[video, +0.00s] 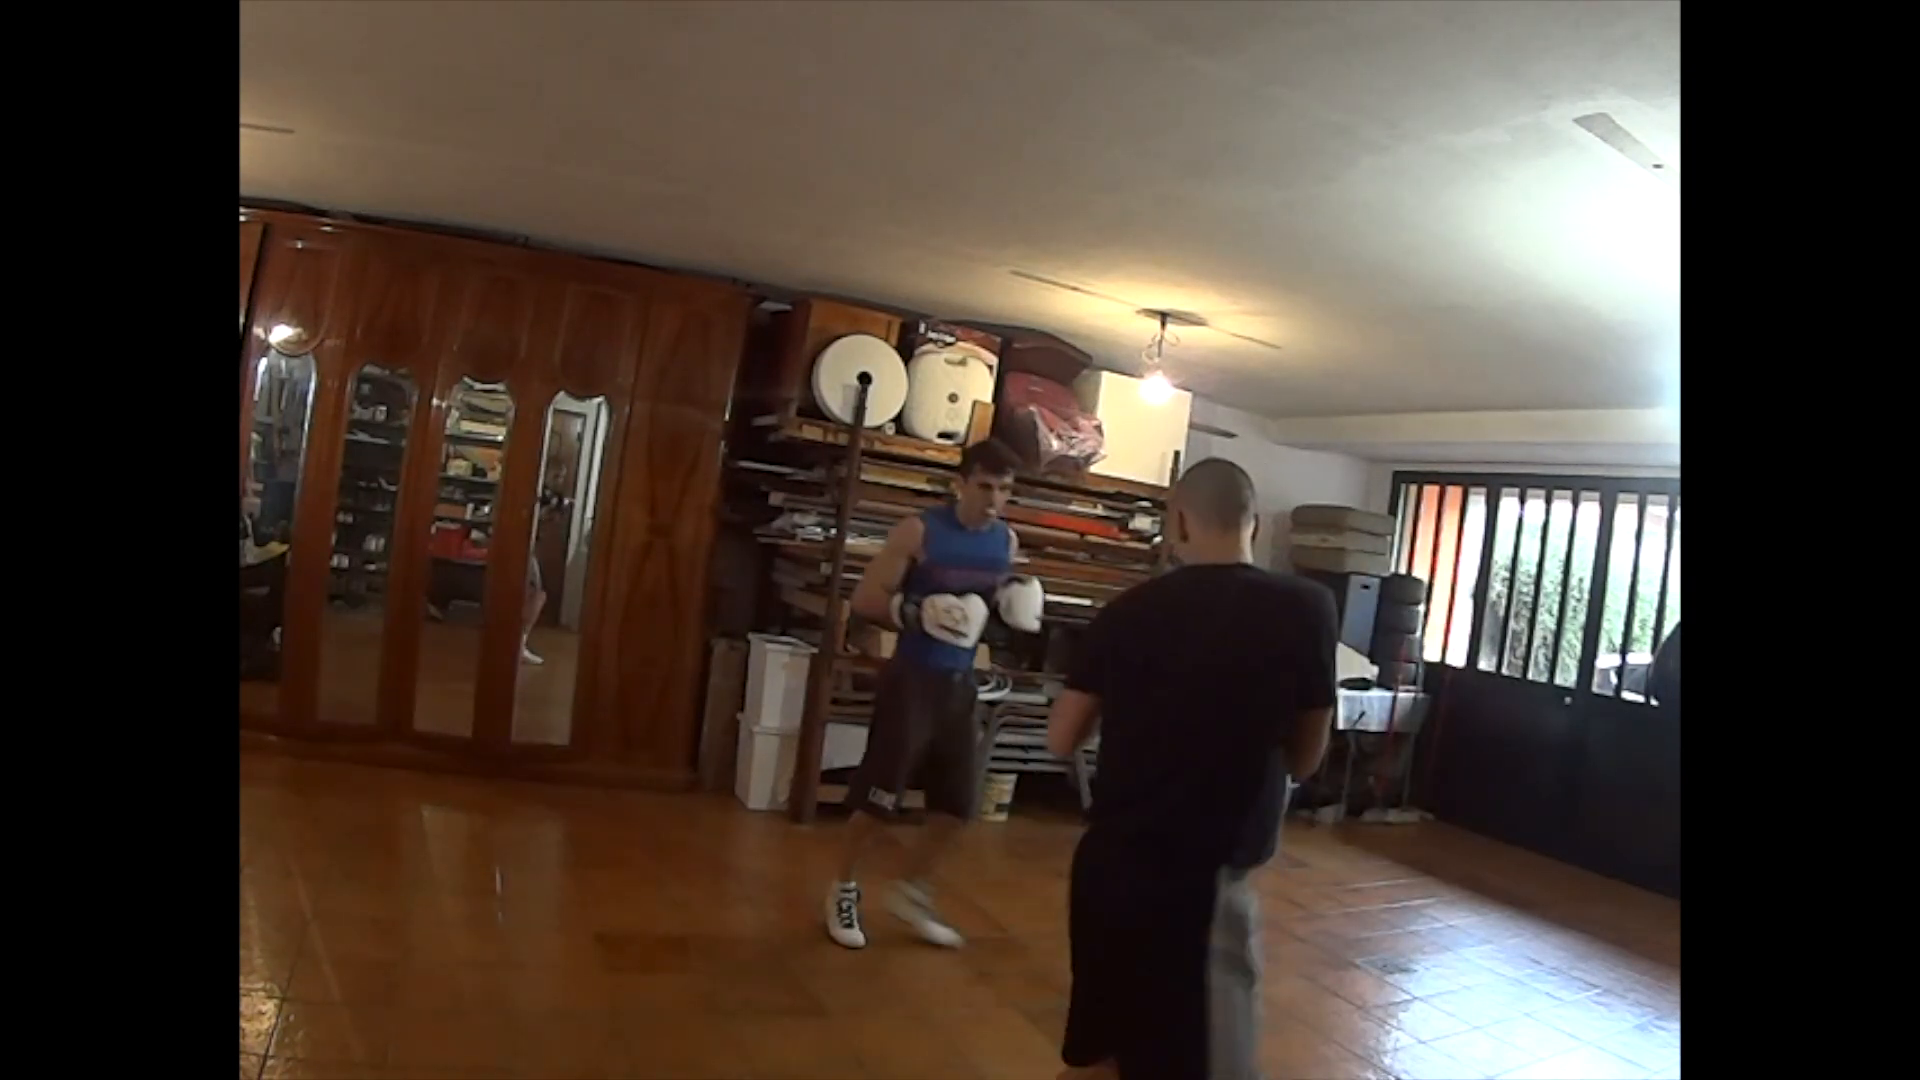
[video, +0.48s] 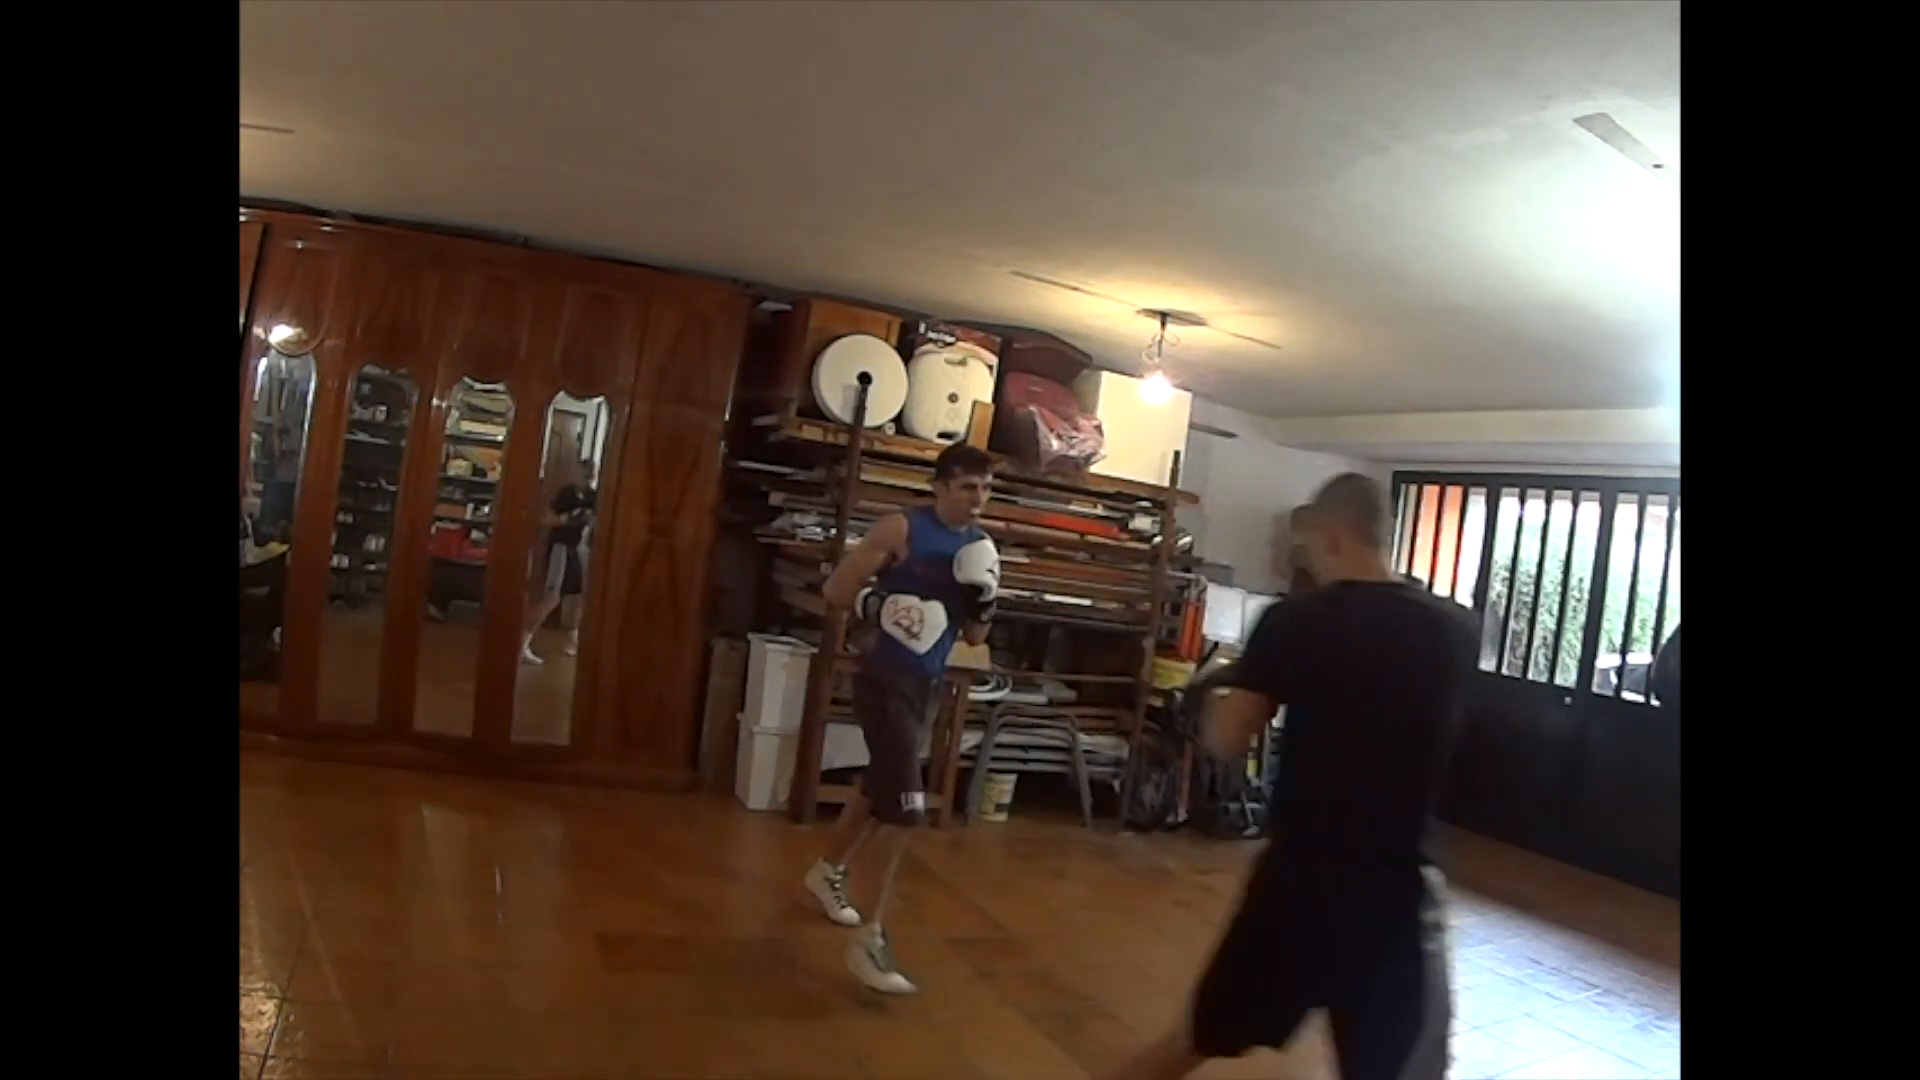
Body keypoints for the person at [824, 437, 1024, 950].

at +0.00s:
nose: (995, 498)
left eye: (1004, 489)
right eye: (986, 486)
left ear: (1010, 492)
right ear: (961, 483)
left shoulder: (1004, 539)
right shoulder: (919, 529)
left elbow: (995, 599)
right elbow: (865, 601)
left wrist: (1017, 601)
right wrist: (917, 613)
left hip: (961, 684)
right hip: (911, 678)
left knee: (957, 806)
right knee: (879, 797)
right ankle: (844, 889)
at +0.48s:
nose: (976, 498)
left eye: (983, 490)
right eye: (967, 487)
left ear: (986, 494)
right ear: (940, 486)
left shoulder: (975, 545)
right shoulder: (899, 529)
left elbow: (974, 635)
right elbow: (837, 592)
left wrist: (983, 598)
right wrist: (877, 604)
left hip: (926, 684)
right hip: (884, 676)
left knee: (877, 788)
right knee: (904, 813)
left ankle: (829, 871)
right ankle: (868, 940)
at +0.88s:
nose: (1004, 523)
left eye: (1015, 516)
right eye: (998, 508)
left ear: (1019, 521)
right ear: (975, 498)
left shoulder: (1002, 562)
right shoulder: (928, 548)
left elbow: (1018, 648)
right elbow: (940, 631)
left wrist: (1049, 587)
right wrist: (971, 573)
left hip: (948, 709)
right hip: (912, 704)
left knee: (907, 824)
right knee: (928, 854)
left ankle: (835, 881)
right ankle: (901, 992)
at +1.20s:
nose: (1049, 532)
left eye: (1056, 523)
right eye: (1049, 518)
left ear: (1028, 508)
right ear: (1024, 503)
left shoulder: (1005, 554)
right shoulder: (968, 545)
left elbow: (1036, 643)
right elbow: (1018, 635)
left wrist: (1073, 579)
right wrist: (1047, 565)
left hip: (975, 719)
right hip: (963, 721)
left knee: (948, 859)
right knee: (997, 873)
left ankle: (902, 960)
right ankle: (912, 979)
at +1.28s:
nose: (1049, 542)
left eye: (1057, 533)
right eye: (1050, 530)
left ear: (1038, 525)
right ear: (1024, 511)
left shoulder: (1007, 560)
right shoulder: (974, 547)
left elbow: (1039, 652)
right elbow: (1015, 642)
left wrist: (1076, 591)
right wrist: (1045, 572)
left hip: (981, 725)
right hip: (969, 726)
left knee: (962, 864)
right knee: (1028, 876)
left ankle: (901, 961)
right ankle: (936, 978)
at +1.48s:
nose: (1078, 535)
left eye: (1083, 525)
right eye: (1077, 522)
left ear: (1061, 521)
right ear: (1054, 511)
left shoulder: (1038, 557)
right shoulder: (1003, 547)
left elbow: (1072, 652)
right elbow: (1045, 638)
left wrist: (1108, 586)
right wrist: (1073, 566)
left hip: (1005, 723)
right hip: (1000, 724)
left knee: (966, 856)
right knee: (1051, 881)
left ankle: (899, 963)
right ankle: (1048, 1029)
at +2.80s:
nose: (1253, 591)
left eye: (1260, 581)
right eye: (1251, 576)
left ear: (1204, 556)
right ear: (1217, 557)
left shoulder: (1147, 595)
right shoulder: (1192, 603)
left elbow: (1205, 689)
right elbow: (1223, 708)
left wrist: (1263, 635)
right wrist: (1286, 648)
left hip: (1098, 787)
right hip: (1150, 799)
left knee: (1030, 924)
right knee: (1248, 942)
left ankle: (935, 1033)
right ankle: (1234, 1072)